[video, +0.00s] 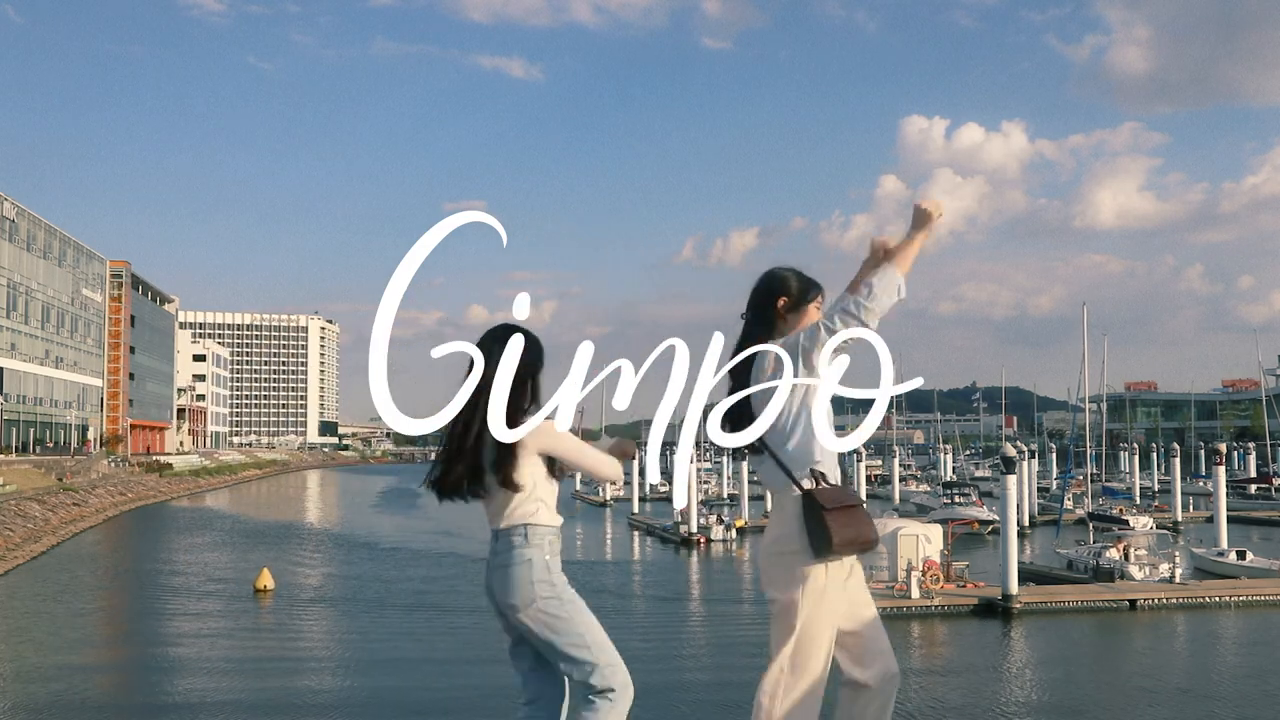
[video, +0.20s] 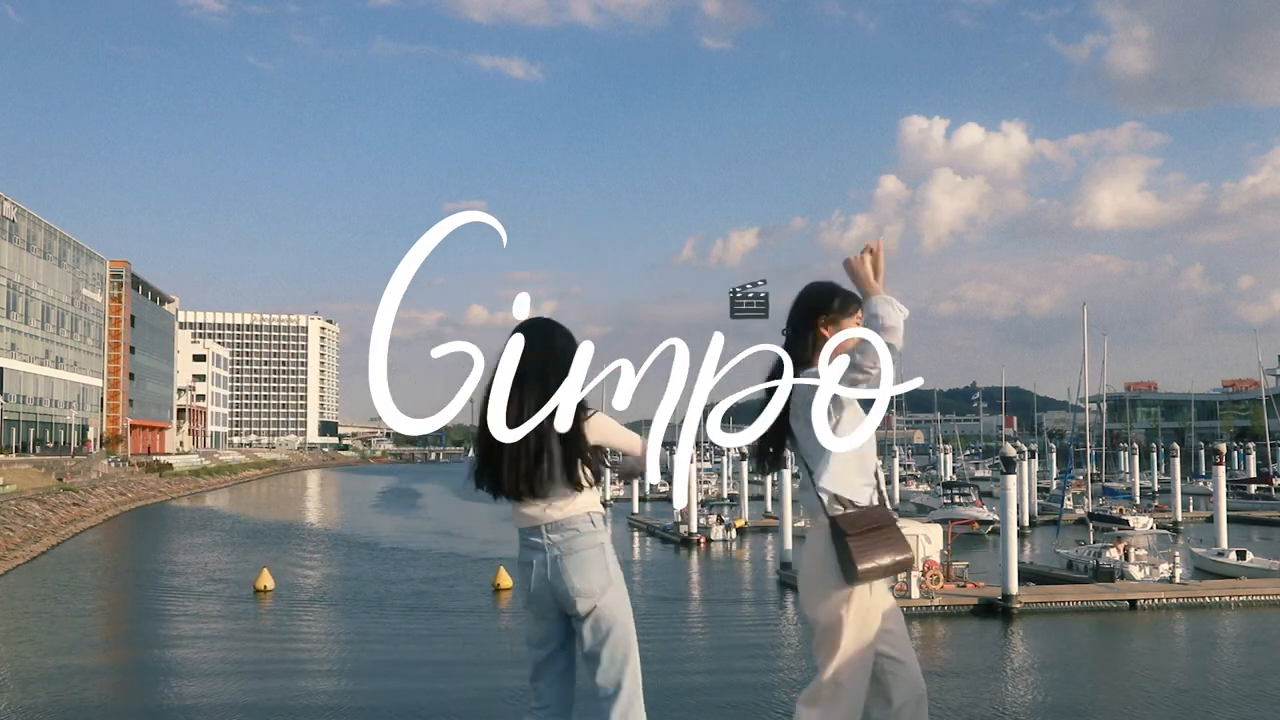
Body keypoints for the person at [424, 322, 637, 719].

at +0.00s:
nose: (538, 380)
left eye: (535, 371)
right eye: (535, 370)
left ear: (482, 370)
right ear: (528, 374)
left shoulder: (479, 434)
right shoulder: (535, 429)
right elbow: (612, 471)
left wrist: (568, 447)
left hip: (504, 574)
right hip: (535, 575)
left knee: (542, 697)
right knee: (612, 687)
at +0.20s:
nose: (578, 370)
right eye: (574, 360)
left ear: (512, 366)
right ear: (566, 366)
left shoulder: (502, 423)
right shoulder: (580, 420)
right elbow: (644, 455)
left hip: (531, 557)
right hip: (584, 555)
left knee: (547, 688)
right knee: (617, 684)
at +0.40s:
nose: (610, 367)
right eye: (606, 360)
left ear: (548, 367)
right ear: (603, 365)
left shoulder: (544, 422)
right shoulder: (619, 419)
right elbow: (686, 443)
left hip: (569, 559)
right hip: (621, 557)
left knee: (562, 669)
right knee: (659, 677)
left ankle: (549, 713)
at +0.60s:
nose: (649, 386)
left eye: (645, 377)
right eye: (644, 377)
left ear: (588, 384)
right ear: (637, 383)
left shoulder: (586, 444)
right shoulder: (640, 439)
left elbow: (642, 483)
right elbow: (721, 487)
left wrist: (684, 443)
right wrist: (701, 507)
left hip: (605, 577)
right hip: (645, 578)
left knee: (605, 703)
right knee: (696, 702)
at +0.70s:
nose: (664, 386)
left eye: (662, 377)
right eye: (658, 377)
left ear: (617, 389)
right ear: (639, 385)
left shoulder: (612, 450)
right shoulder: (643, 450)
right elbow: (710, 495)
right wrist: (699, 451)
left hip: (627, 585)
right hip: (654, 587)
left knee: (655, 702)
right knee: (700, 705)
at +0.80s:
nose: (676, 380)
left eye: (675, 370)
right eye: (669, 370)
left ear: (646, 377)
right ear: (648, 375)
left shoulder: (658, 427)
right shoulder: (635, 441)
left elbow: (709, 457)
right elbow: (705, 475)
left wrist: (727, 427)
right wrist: (733, 426)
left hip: (672, 568)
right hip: (656, 573)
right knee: (696, 701)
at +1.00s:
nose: (700, 357)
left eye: (700, 347)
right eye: (691, 347)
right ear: (661, 353)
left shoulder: (691, 405)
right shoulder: (640, 424)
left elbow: (738, 411)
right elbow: (691, 471)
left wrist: (757, 411)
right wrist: (738, 464)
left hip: (721, 543)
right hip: (680, 547)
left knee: (758, 679)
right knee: (677, 691)